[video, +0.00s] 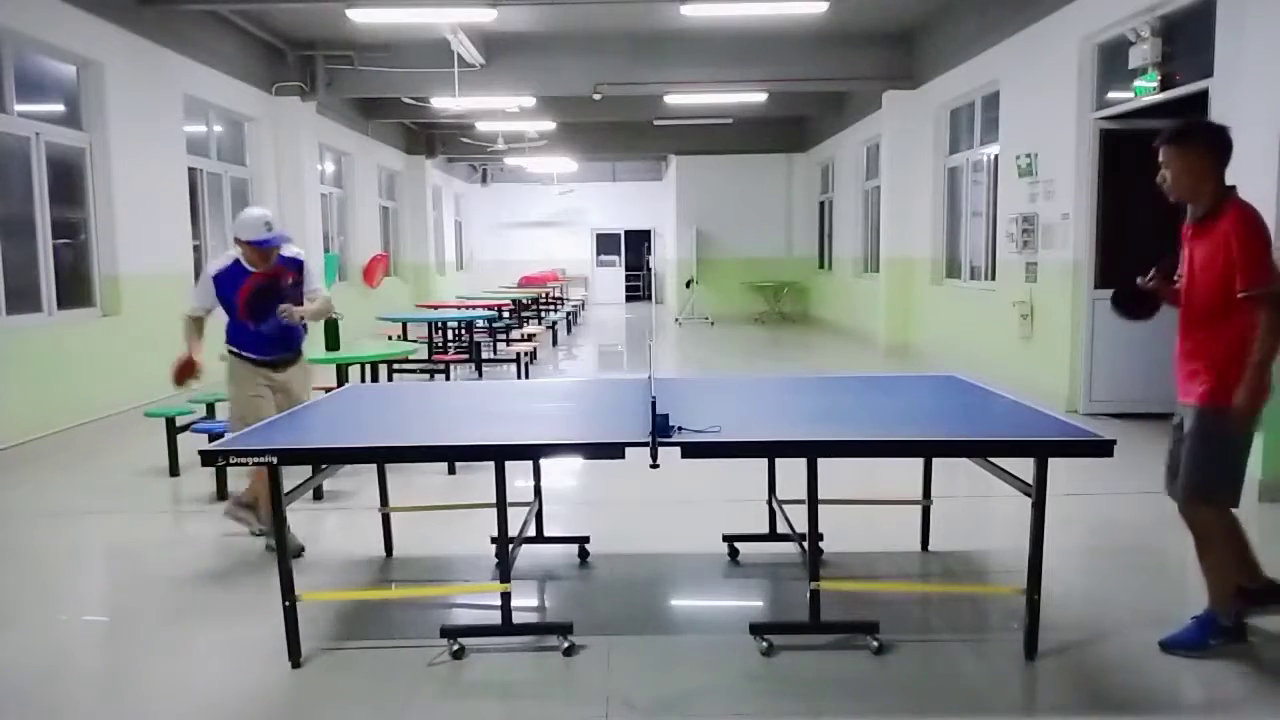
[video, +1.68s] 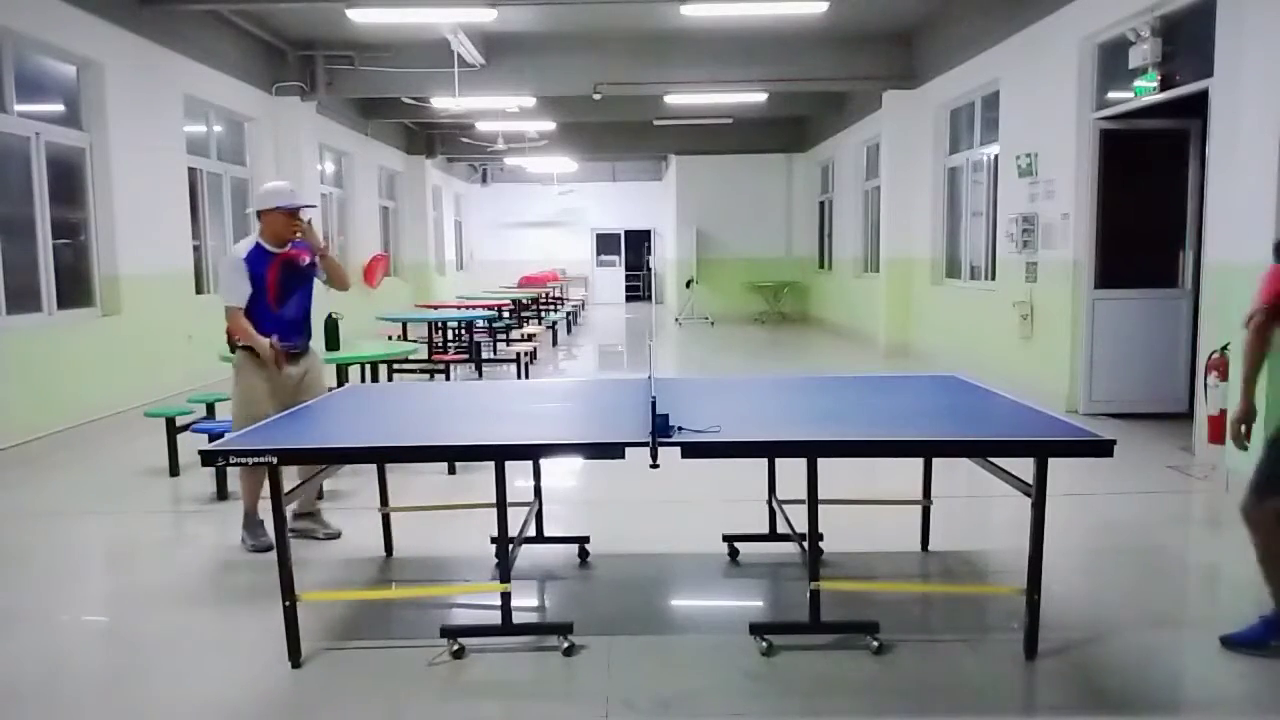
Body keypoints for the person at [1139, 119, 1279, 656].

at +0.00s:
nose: (1160, 178)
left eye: (1168, 167)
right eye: (1160, 167)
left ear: (1204, 165)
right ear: (1190, 169)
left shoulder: (1241, 224)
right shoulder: (1195, 224)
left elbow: (1267, 316)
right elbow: (1200, 300)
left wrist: (1250, 391)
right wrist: (1165, 289)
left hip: (1226, 392)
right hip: (1195, 388)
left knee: (1199, 498)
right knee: (1185, 488)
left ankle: (1223, 616)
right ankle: (1251, 581)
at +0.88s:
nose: (1136, 203)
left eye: (1140, 190)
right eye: (1133, 193)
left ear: (1170, 179)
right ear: (1170, 182)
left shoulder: (1208, 225)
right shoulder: (1191, 231)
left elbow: (1228, 299)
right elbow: (1213, 302)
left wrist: (1201, 374)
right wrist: (1186, 343)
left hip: (1240, 384)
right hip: (1212, 383)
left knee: (1222, 496)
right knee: (1186, 477)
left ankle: (1277, 607)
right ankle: (1192, 574)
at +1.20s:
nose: (1177, 218)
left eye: (1174, 206)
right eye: (1172, 209)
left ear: (1195, 188)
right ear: (1212, 184)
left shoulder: (1215, 226)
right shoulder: (1265, 218)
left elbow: (1227, 306)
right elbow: (1255, 309)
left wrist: (1205, 378)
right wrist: (1230, 388)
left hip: (1258, 393)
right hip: (1268, 389)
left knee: (1240, 501)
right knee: (1235, 491)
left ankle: (1274, 614)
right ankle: (1269, 590)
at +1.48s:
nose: (1228, 238)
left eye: (1226, 232)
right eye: (1227, 233)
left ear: (1233, 224)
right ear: (1266, 214)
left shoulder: (1241, 241)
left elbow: (1238, 299)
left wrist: (1248, 388)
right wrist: (1243, 373)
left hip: (1272, 404)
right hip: (1272, 403)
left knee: (1242, 506)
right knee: (1250, 506)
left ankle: (1276, 613)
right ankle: (1274, 614)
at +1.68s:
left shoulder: (1274, 273)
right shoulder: (1273, 274)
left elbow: (1261, 323)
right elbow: (1261, 322)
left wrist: (1246, 400)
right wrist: (1247, 400)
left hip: (1279, 428)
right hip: (1277, 427)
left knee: (1260, 509)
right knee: (1259, 509)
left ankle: (1277, 614)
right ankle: (1276, 614)